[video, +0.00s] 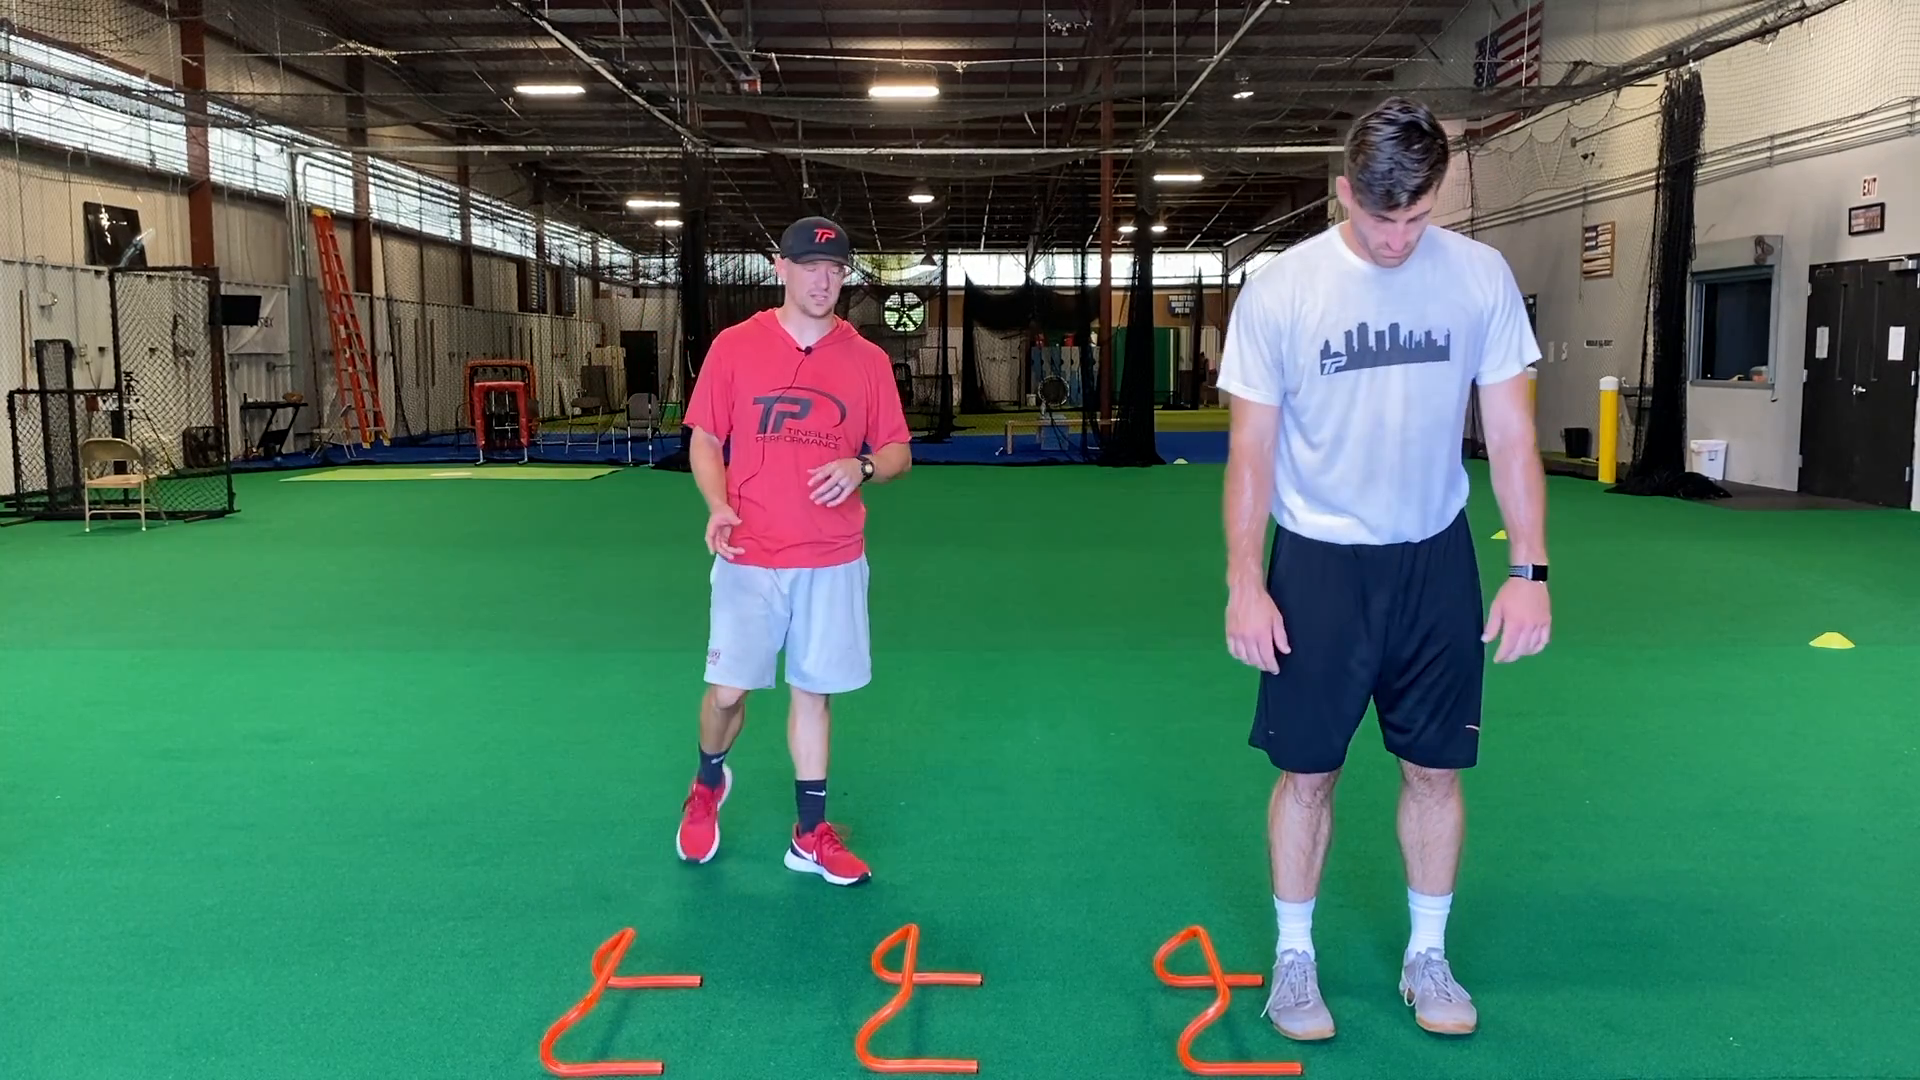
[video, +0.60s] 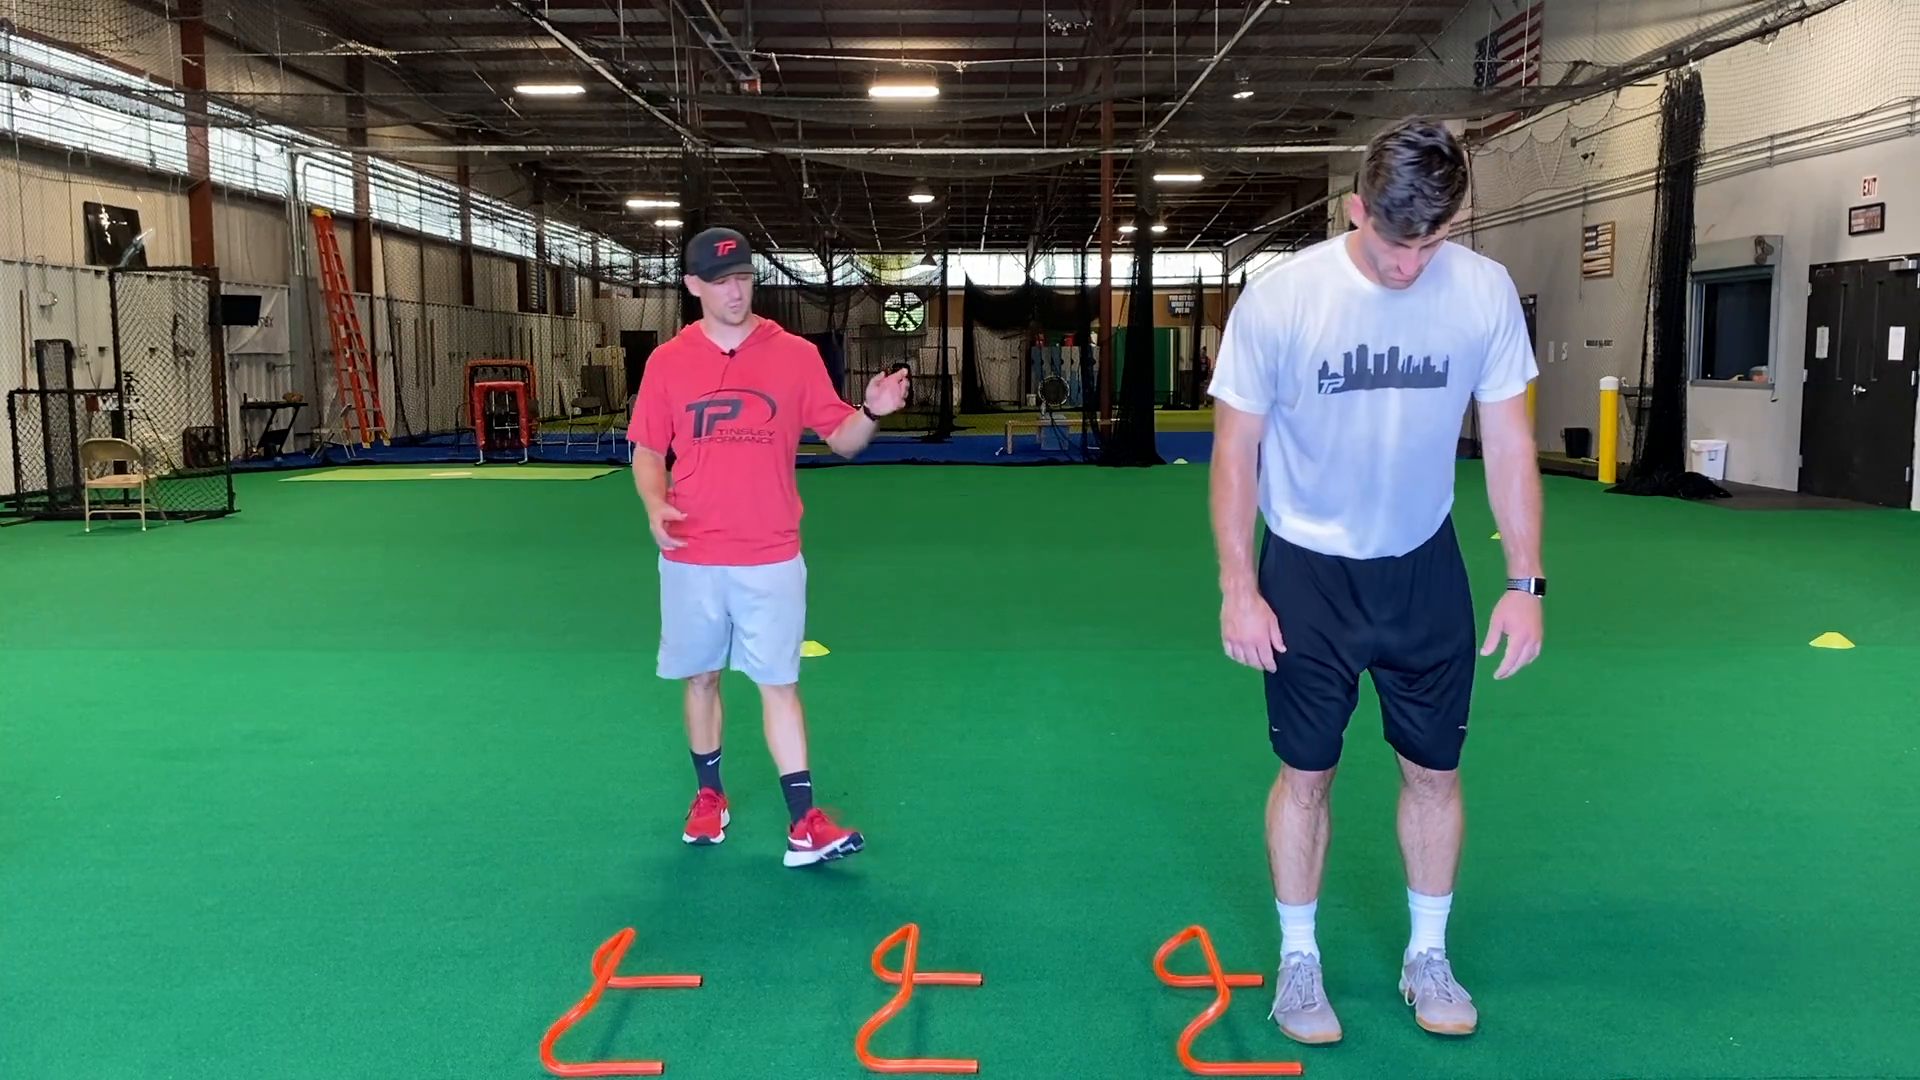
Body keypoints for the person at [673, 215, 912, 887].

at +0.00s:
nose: (824, 279)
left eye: (834, 268)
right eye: (811, 266)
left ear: (846, 276)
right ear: (782, 269)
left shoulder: (869, 362)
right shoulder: (735, 346)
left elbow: (897, 452)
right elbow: (703, 439)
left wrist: (863, 466)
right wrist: (718, 505)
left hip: (830, 560)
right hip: (747, 556)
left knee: (814, 689)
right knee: (729, 689)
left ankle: (811, 831)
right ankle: (709, 784)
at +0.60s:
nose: (736, 289)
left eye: (743, 275)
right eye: (721, 279)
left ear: (754, 279)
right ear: (693, 286)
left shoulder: (795, 355)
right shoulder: (668, 361)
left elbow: (841, 441)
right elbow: (648, 449)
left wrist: (870, 410)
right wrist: (655, 502)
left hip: (772, 553)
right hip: (691, 554)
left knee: (780, 681)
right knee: (700, 675)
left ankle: (803, 819)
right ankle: (709, 796)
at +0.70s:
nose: (720, 289)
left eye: (727, 276)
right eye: (705, 280)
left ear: (738, 278)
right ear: (679, 286)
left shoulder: (784, 348)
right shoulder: (658, 360)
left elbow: (827, 437)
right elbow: (642, 450)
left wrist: (860, 404)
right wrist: (647, 506)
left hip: (765, 546)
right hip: (686, 549)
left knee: (777, 673)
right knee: (699, 670)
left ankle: (798, 810)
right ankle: (708, 795)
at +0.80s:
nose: (707, 288)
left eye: (715, 274)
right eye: (692, 278)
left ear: (726, 276)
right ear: (668, 286)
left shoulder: (775, 345)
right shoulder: (650, 359)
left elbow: (809, 435)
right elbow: (640, 448)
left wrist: (841, 413)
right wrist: (642, 503)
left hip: (762, 539)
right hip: (683, 544)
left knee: (778, 667)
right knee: (699, 667)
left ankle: (793, 804)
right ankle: (709, 794)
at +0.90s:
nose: (702, 287)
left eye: (708, 273)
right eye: (687, 279)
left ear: (722, 275)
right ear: (663, 286)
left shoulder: (769, 343)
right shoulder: (648, 361)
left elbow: (796, 441)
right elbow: (639, 447)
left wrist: (812, 425)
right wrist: (640, 501)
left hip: (761, 537)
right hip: (683, 544)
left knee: (780, 664)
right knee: (699, 665)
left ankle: (789, 791)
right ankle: (709, 794)